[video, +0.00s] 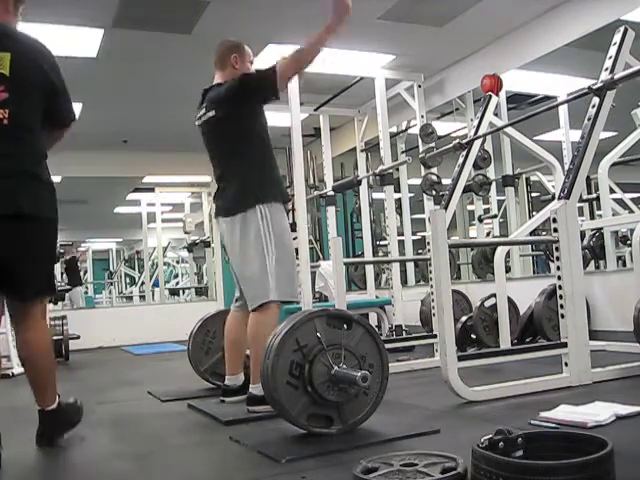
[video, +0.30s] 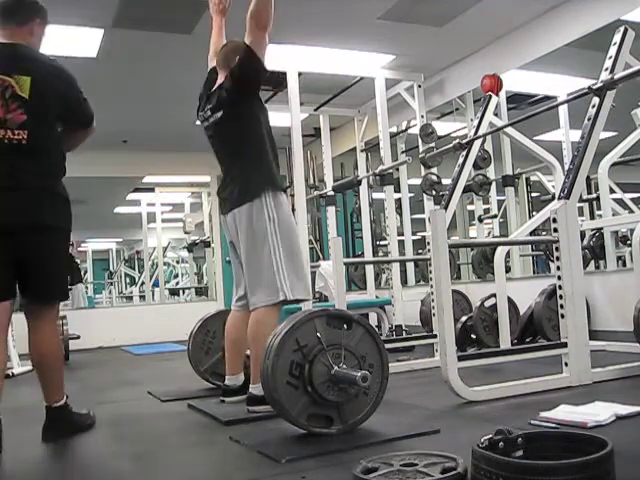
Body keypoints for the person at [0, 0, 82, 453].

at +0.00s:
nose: (18, 12)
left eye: (14, 8)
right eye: (18, 7)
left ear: (4, 8)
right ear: (12, 7)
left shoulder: (32, 52)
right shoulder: (31, 51)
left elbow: (58, 120)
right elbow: (61, 121)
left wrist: (25, 154)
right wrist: (25, 154)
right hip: (22, 199)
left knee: (29, 311)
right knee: (29, 310)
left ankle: (50, 412)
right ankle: (50, 414)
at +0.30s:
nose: (42, 35)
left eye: (41, 29)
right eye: (43, 29)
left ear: (2, 24)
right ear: (35, 25)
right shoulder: (50, 73)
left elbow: (80, 126)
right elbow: (83, 125)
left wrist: (49, 151)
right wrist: (47, 152)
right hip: (38, 215)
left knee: (1, 316)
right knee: (42, 314)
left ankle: (57, 411)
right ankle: (57, 412)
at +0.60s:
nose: (65, 57)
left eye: (65, 52)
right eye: (67, 51)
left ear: (26, 37)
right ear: (60, 44)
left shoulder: (0, 63)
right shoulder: (65, 75)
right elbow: (88, 102)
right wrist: (58, 66)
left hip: (1, 213)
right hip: (50, 213)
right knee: (49, 312)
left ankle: (58, 411)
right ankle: (57, 413)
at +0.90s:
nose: (55, 67)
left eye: (55, 62)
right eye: (55, 61)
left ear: (16, 48)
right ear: (43, 53)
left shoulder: (5, 75)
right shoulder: (34, 78)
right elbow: (75, 85)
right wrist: (45, 69)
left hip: (6, 217)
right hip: (37, 215)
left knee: (4, 310)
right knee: (46, 310)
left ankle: (57, 410)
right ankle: (57, 412)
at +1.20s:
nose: (25, 67)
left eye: (25, 62)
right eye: (23, 62)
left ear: (0, 54)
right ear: (7, 55)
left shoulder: (8, 80)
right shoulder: (8, 76)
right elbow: (55, 86)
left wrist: (23, 110)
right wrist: (25, 103)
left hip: (14, 213)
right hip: (11, 214)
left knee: (26, 309)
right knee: (26, 308)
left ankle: (55, 408)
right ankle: (55, 408)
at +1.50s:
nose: (7, 62)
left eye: (6, 58)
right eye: (5, 57)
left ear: (7, 56)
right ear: (1, 53)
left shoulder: (9, 92)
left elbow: (20, 102)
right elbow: (21, 102)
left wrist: (25, 133)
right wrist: (26, 134)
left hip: (3, 222)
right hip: (1, 224)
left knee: (4, 300)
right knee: (3, 299)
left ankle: (3, 412)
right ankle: (2, 414)